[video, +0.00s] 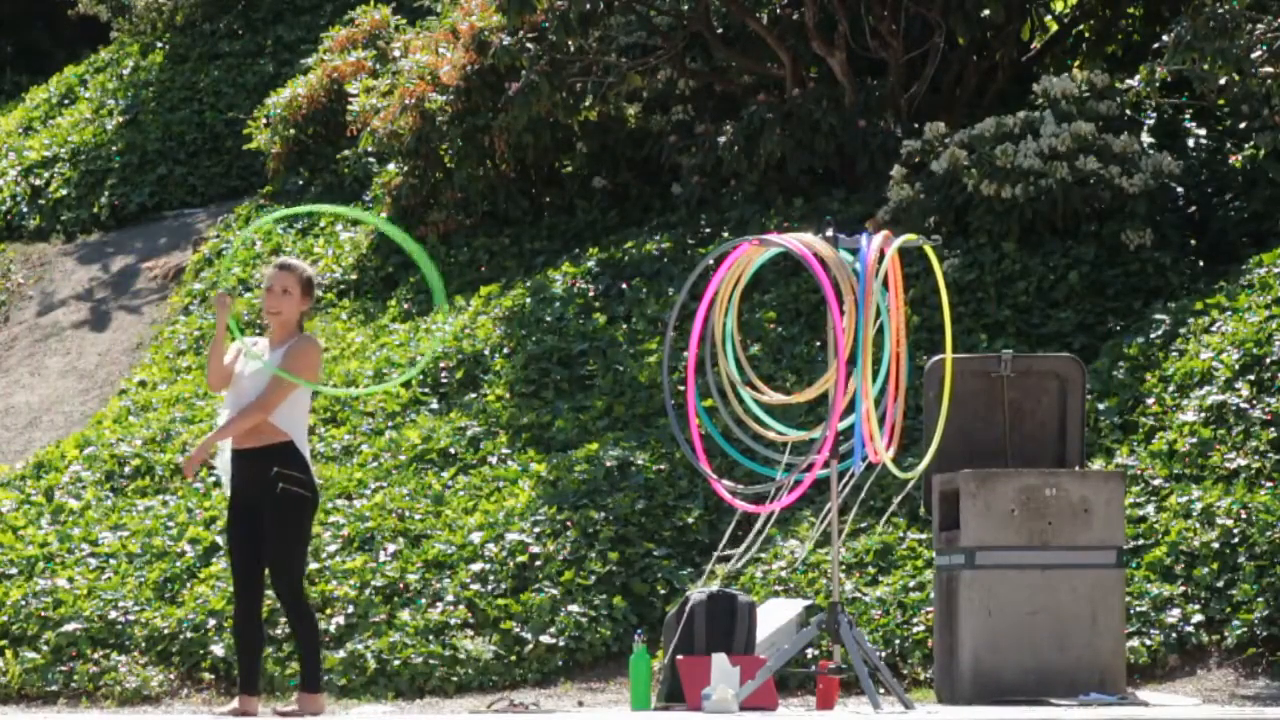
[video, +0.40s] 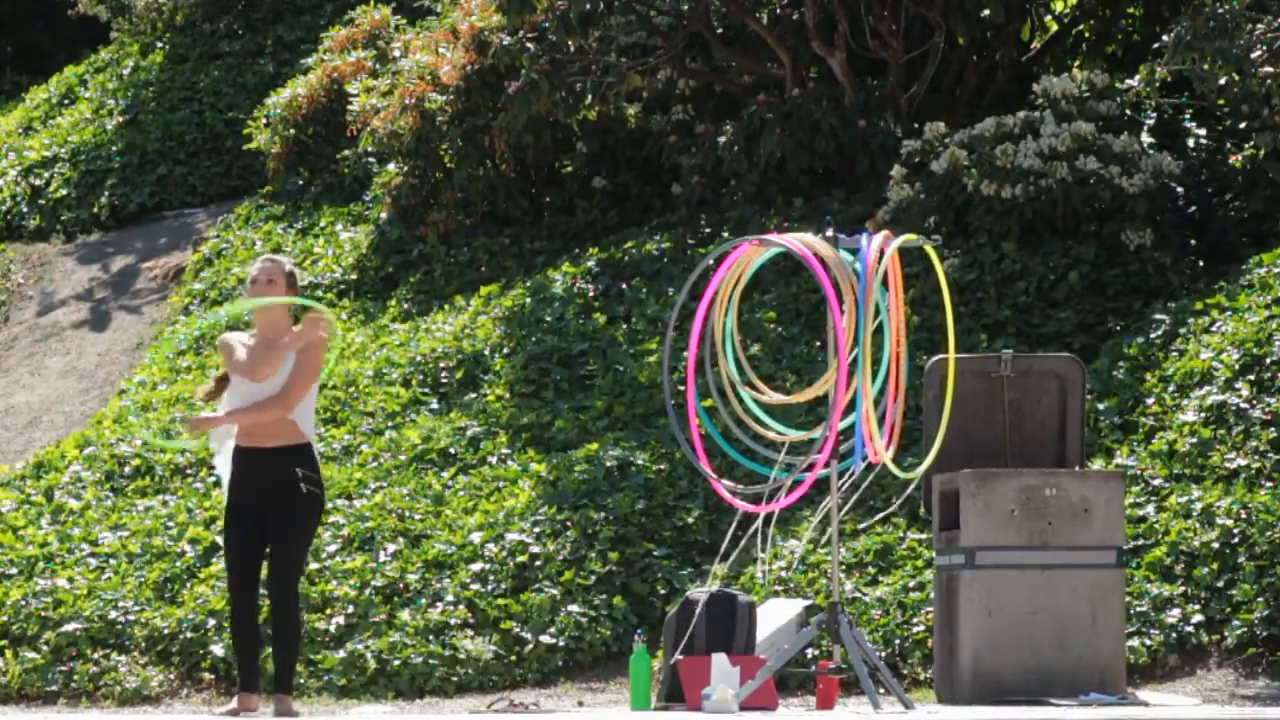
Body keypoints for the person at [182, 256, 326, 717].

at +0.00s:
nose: (273, 297)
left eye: (285, 292)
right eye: (269, 289)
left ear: (305, 302)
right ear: (262, 295)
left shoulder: (304, 349)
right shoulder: (246, 345)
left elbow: (264, 409)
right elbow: (215, 380)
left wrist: (207, 443)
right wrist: (221, 323)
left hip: (286, 474)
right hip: (245, 475)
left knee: (288, 586)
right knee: (246, 589)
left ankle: (311, 694)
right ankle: (248, 697)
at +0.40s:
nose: (261, 282)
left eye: (272, 277)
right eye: (256, 277)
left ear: (291, 292)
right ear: (248, 291)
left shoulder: (310, 337)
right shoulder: (232, 341)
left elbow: (286, 404)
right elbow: (248, 367)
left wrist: (221, 420)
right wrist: (287, 337)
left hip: (294, 468)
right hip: (246, 468)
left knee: (282, 585)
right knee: (241, 585)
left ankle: (283, 695)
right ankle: (247, 694)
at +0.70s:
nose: (262, 286)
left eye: (273, 280)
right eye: (257, 280)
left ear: (295, 293)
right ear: (249, 292)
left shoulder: (321, 344)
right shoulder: (241, 343)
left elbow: (308, 409)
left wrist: (250, 424)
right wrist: (326, 346)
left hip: (302, 462)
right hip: (251, 461)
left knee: (290, 584)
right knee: (231, 568)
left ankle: (285, 695)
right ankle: (233, 647)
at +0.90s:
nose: (269, 287)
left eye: (279, 281)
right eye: (265, 281)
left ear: (301, 293)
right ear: (258, 291)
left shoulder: (327, 347)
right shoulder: (246, 340)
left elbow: (317, 413)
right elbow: (268, 376)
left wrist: (292, 452)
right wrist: (317, 340)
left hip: (305, 457)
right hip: (253, 453)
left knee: (290, 582)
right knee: (272, 512)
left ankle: (284, 694)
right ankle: (232, 574)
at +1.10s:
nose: (276, 288)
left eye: (287, 281)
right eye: (271, 281)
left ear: (309, 290)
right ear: (264, 290)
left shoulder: (332, 346)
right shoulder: (250, 336)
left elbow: (329, 410)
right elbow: (247, 381)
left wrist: (328, 472)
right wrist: (279, 341)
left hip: (307, 456)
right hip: (258, 448)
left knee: (289, 586)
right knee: (285, 499)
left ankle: (284, 694)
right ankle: (225, 530)